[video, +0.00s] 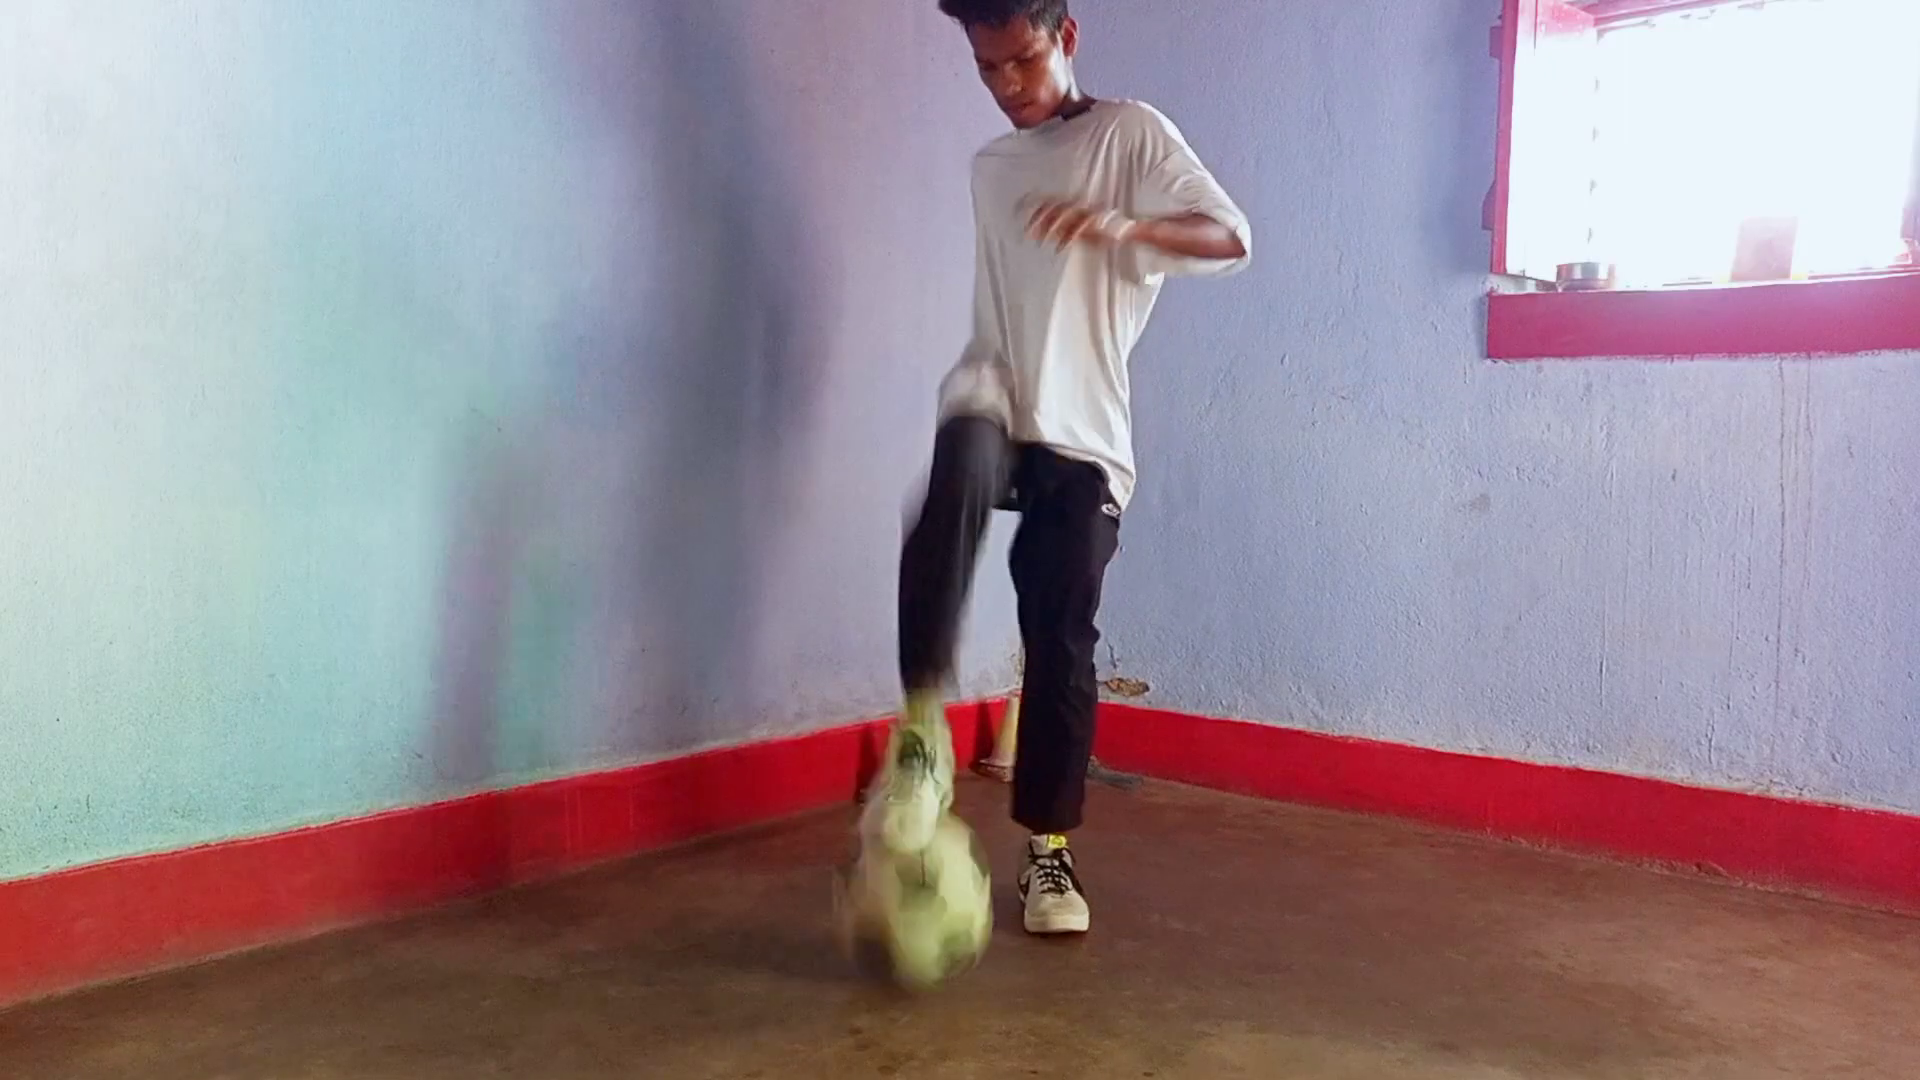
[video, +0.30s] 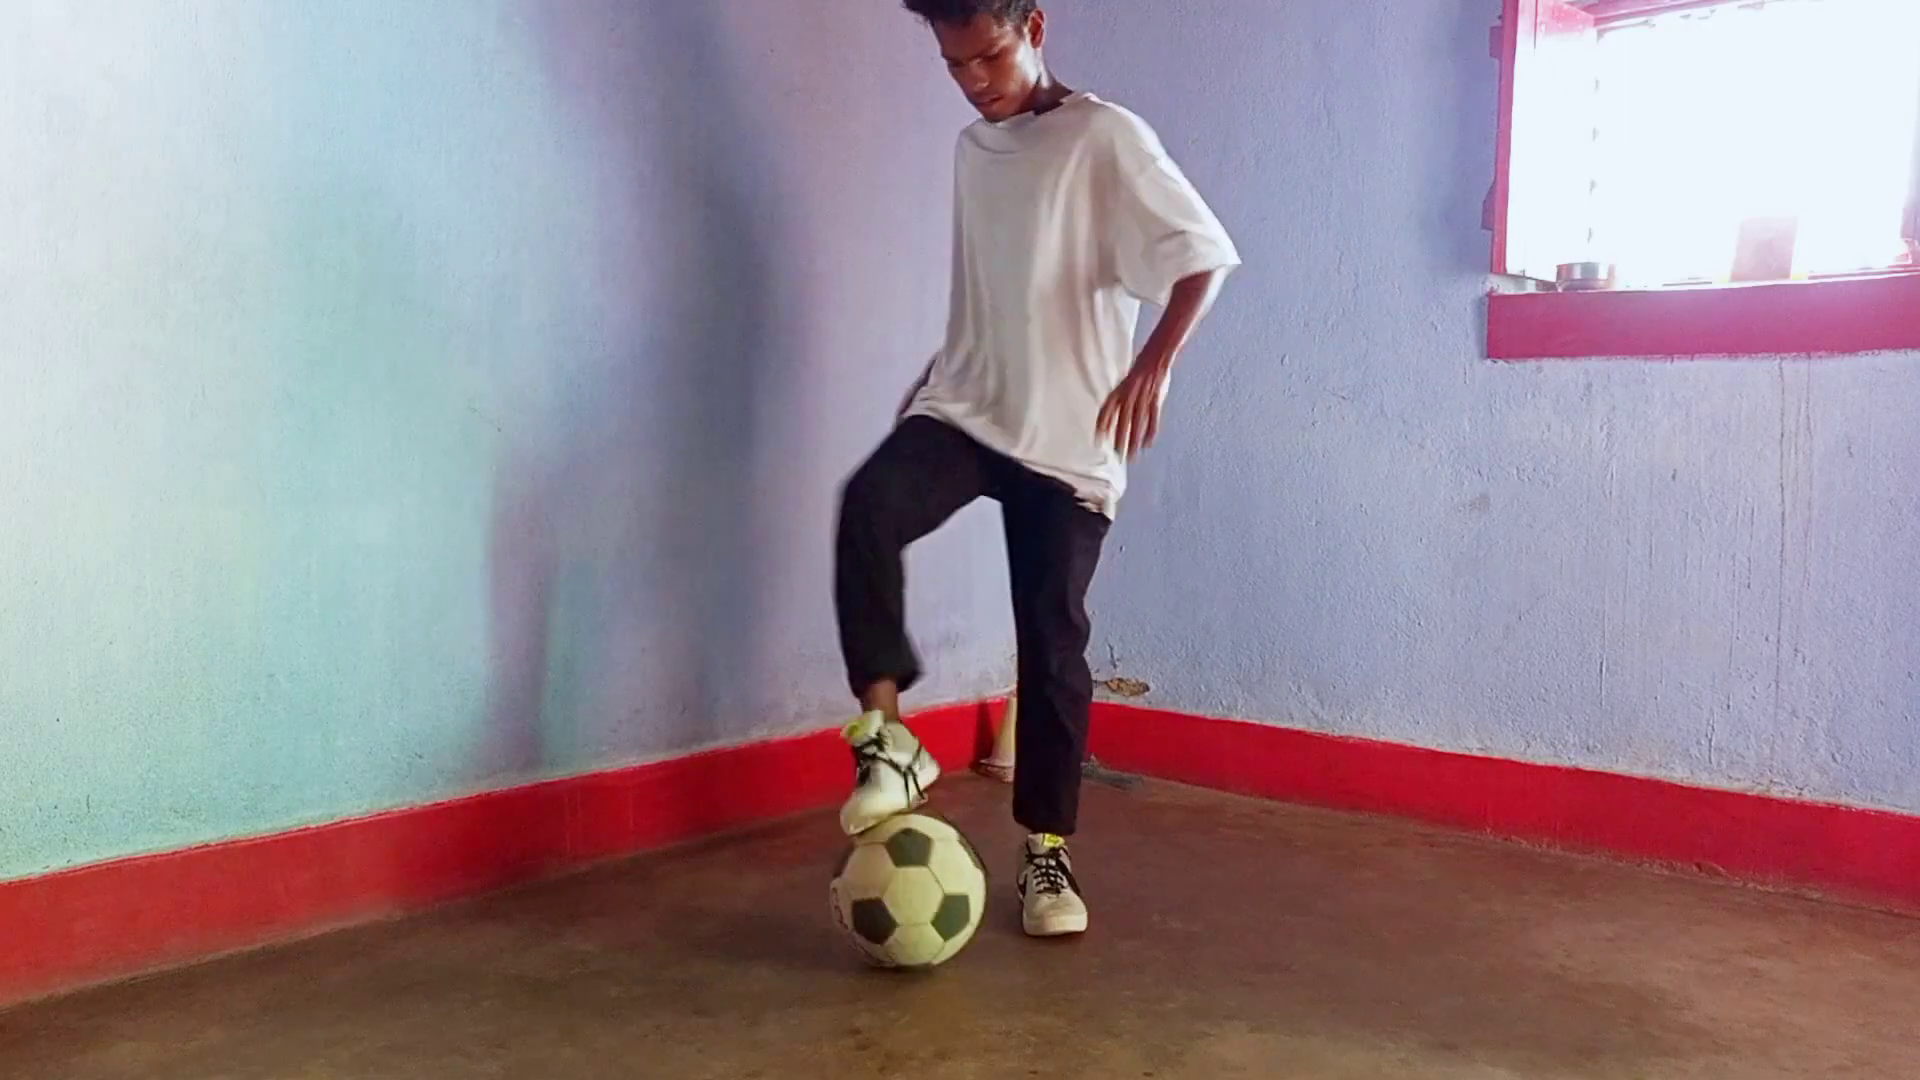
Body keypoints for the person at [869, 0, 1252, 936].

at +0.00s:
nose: (1010, 85)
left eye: (1025, 60)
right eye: (992, 67)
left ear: (1068, 38)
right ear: (974, 60)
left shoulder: (1132, 131)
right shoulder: (990, 165)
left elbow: (1229, 237)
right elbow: (999, 290)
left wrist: (1126, 229)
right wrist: (992, 380)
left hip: (1083, 420)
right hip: (989, 396)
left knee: (1061, 625)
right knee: (960, 474)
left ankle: (1049, 850)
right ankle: (921, 717)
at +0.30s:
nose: (976, 82)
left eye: (991, 58)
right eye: (958, 63)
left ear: (1035, 31)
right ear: (941, 53)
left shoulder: (1108, 138)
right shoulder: (974, 145)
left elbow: (1204, 254)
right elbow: (986, 274)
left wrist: (1150, 368)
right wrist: (950, 367)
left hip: (1066, 435)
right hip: (962, 409)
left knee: (1051, 635)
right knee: (869, 505)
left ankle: (1047, 849)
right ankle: (886, 729)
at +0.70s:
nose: (915, 58)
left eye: (932, 35)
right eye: (896, 40)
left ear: (969, 19)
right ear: (876, 37)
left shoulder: (1039, 121)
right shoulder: (868, 147)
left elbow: (1104, 269)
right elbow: (878, 287)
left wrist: (1102, 388)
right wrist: (905, 406)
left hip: (1005, 433)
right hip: (893, 434)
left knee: (1014, 650)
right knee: (882, 649)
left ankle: (1039, 849)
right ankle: (879, 844)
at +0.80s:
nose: (890, 60)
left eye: (906, 38)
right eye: (870, 43)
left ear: (939, 20)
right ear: (845, 37)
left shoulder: (1008, 118)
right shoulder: (832, 150)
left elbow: (1068, 263)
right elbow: (826, 303)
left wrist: (1088, 382)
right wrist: (798, 420)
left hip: (983, 430)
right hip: (874, 438)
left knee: (979, 623)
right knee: (879, 648)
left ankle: (1013, 823)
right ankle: (877, 842)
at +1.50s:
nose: (980, 71)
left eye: (998, 52)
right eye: (962, 52)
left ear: (1027, 39)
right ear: (931, 37)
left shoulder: (1066, 146)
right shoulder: (878, 135)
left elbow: (1087, 293)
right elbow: (842, 278)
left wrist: (1111, 410)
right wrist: (803, 398)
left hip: (1010, 429)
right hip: (904, 414)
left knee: (991, 652)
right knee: (907, 581)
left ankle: (959, 843)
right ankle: (889, 786)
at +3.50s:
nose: (1027, 116)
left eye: (1045, 97)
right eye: (1010, 97)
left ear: (1085, 65)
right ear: (989, 69)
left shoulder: (1135, 179)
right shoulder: (950, 161)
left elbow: (1166, 335)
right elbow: (919, 298)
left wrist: (1164, 462)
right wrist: (883, 416)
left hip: (1072, 455)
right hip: (968, 443)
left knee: (1049, 658)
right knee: (956, 640)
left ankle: (1022, 841)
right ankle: (942, 839)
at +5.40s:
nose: (980, 123)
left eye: (994, 102)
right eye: (960, 104)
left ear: (1033, 59)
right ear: (934, 79)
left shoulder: (1094, 170)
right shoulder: (909, 162)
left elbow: (1138, 323)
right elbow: (881, 305)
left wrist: (1141, 449)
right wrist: (843, 425)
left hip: (1042, 457)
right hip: (930, 449)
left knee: (1031, 655)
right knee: (911, 645)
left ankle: (1028, 855)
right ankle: (909, 840)